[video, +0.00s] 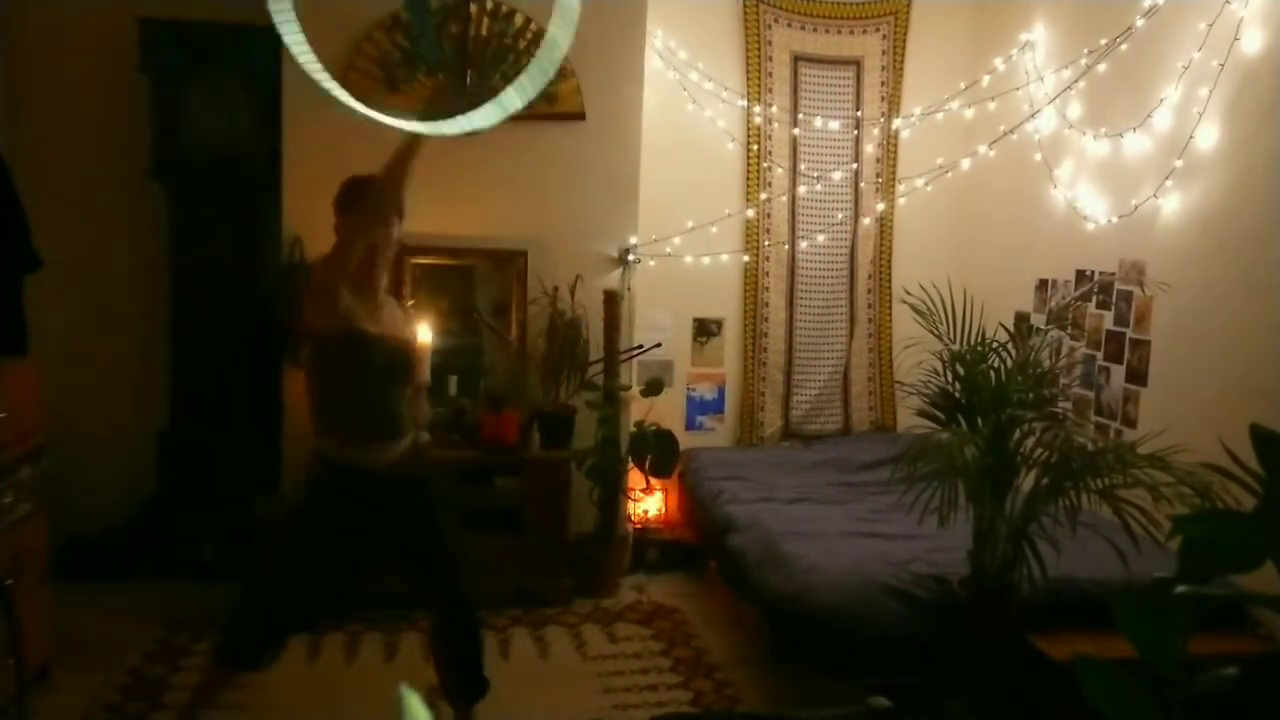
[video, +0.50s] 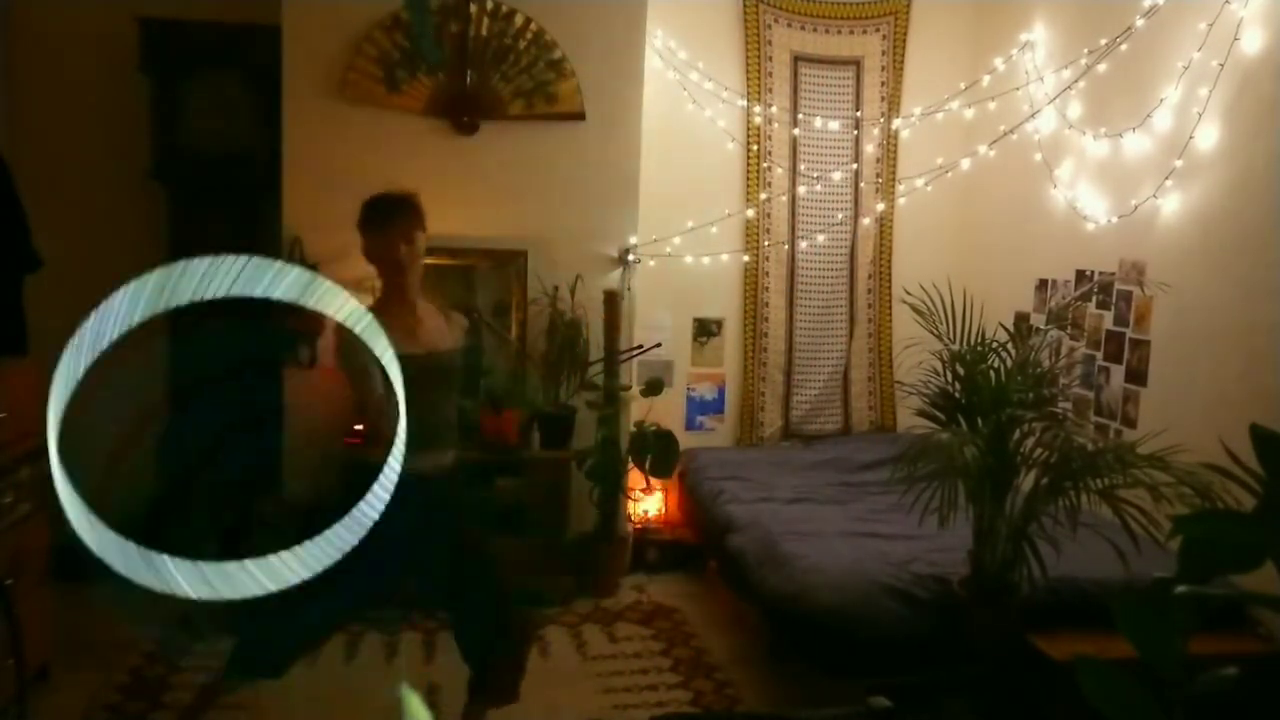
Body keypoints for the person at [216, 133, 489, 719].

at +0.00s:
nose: (386, 238)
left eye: (392, 223)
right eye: (375, 221)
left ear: (401, 231)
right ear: (345, 222)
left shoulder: (393, 308)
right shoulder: (319, 295)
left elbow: (409, 396)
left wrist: (419, 374)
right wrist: (414, 133)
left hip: (403, 475)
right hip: (339, 476)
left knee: (452, 593)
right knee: (281, 597)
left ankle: (465, 702)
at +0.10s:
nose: (366, 228)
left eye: (373, 217)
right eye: (353, 217)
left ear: (383, 223)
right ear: (325, 223)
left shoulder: (386, 304)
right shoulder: (304, 290)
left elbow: (411, 385)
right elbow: (392, 249)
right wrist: (455, 202)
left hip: (392, 469)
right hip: (323, 471)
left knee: (439, 590)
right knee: (275, 597)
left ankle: (457, 704)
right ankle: (199, 699)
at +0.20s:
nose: (354, 231)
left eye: (364, 218)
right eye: (341, 217)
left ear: (377, 226)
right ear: (316, 222)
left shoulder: (386, 306)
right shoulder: (297, 291)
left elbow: (411, 393)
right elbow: (342, 323)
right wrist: (405, 319)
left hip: (381, 467)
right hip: (312, 470)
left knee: (433, 583)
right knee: (278, 591)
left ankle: (454, 701)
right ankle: (212, 685)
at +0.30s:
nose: (361, 237)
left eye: (371, 224)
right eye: (347, 224)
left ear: (384, 232)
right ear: (323, 230)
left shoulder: (393, 315)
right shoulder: (300, 303)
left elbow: (408, 399)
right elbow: (341, 377)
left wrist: (418, 364)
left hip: (389, 475)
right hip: (320, 476)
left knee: (446, 611)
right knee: (266, 604)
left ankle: (461, 708)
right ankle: (198, 702)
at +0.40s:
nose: (377, 245)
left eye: (386, 232)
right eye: (365, 233)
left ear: (401, 238)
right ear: (343, 241)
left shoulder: (415, 316)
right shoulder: (329, 315)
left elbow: (421, 396)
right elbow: (346, 407)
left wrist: (429, 446)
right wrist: (392, 449)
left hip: (419, 473)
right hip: (362, 477)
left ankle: (460, 704)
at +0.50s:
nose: (406, 248)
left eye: (413, 235)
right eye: (391, 236)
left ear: (425, 240)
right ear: (369, 246)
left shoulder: (459, 328)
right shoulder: (359, 333)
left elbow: (480, 408)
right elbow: (356, 425)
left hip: (453, 488)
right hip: (385, 492)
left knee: (501, 640)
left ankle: (472, 710)